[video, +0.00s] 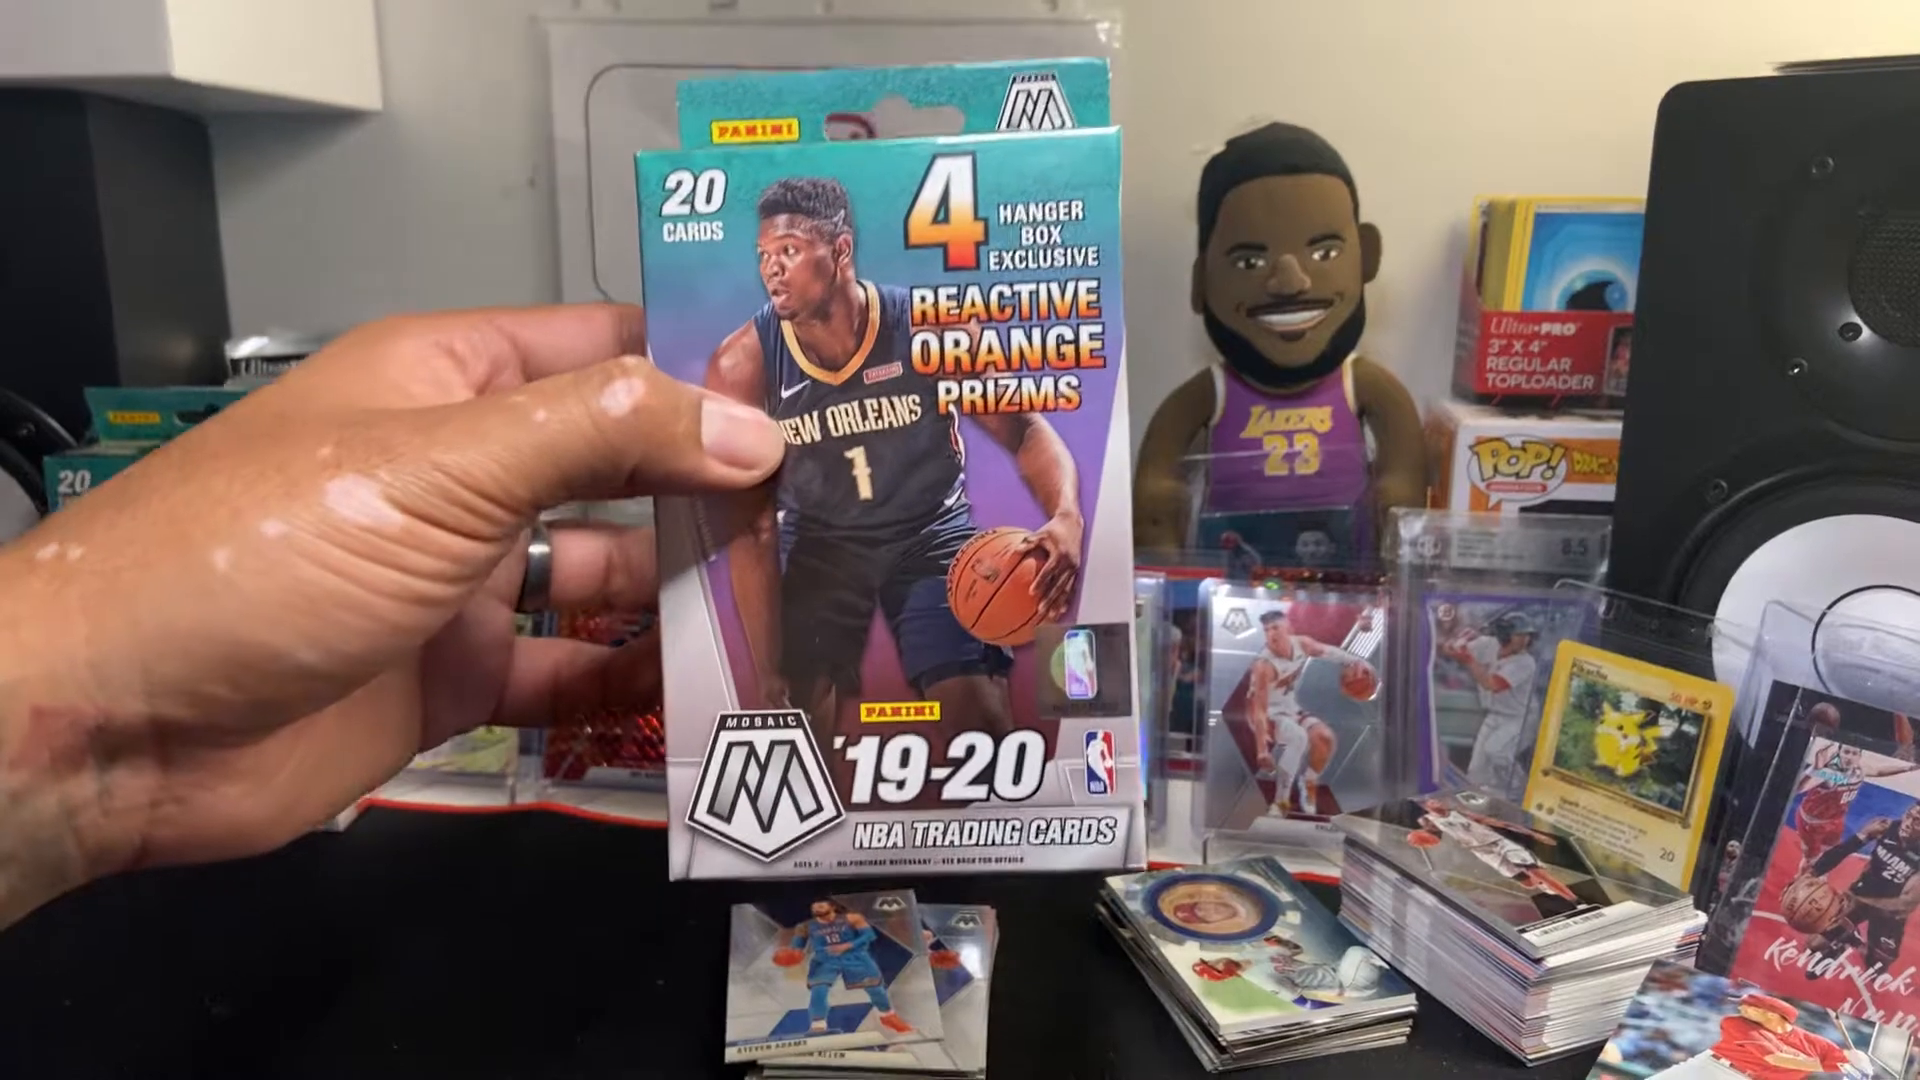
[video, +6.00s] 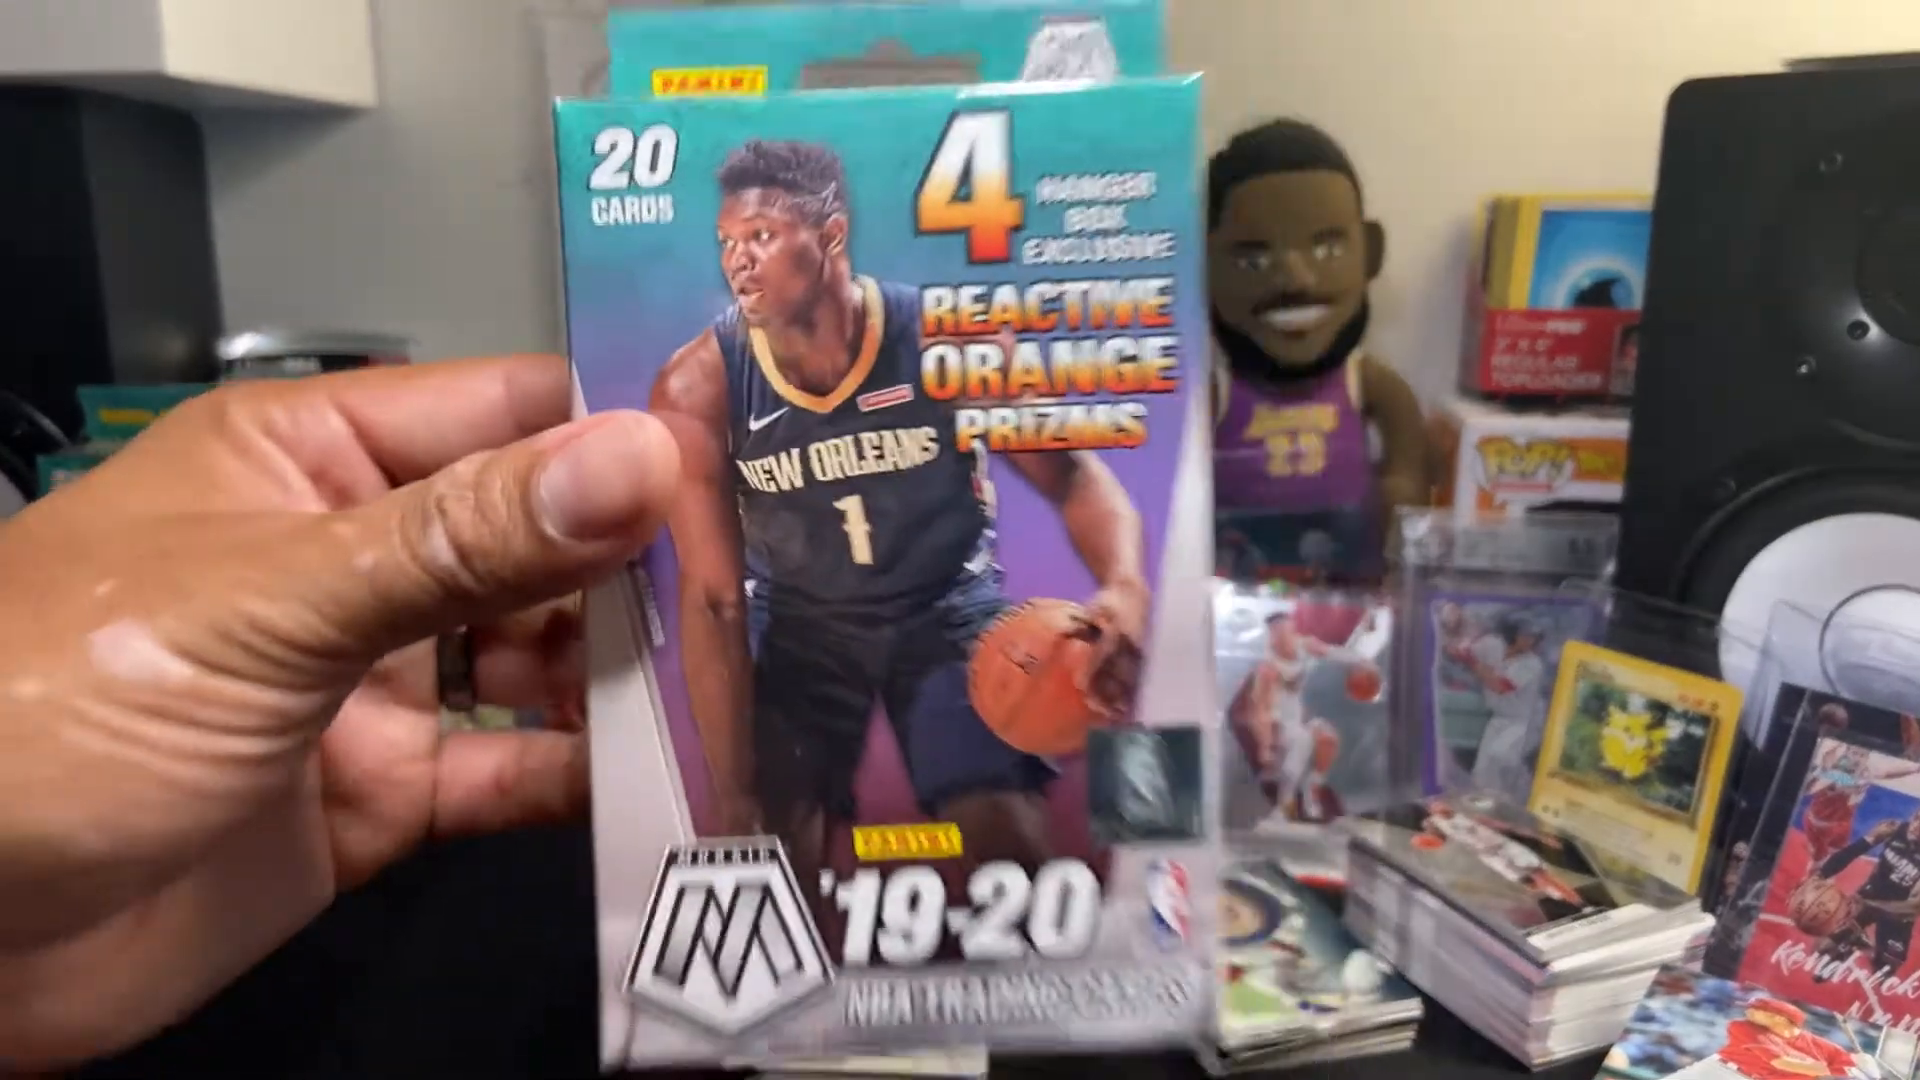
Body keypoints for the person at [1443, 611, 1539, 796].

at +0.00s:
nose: (1526, 640)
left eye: (1527, 636)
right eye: (1521, 635)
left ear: (1529, 638)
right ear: (1507, 636)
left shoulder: (1526, 663)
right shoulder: (1488, 644)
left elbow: (1494, 684)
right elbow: (1451, 650)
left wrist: (1470, 661)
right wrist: (1456, 645)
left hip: (1519, 720)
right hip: (1494, 717)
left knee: (1494, 751)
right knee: (1477, 768)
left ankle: (1521, 791)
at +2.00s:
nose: (1527, 641)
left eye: (1529, 636)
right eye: (1522, 636)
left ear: (1532, 638)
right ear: (1509, 636)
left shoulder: (1528, 662)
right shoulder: (1490, 645)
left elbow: (1496, 684)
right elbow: (1458, 651)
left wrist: (1470, 660)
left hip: (1517, 721)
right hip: (1495, 717)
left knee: (1497, 752)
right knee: (1479, 762)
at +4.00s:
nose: (1527, 641)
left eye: (1530, 637)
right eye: (1523, 635)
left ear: (1533, 639)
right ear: (1510, 635)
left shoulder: (1528, 663)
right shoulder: (1491, 646)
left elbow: (1497, 685)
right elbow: (1457, 651)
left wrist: (1471, 661)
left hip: (1518, 722)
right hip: (1495, 718)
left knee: (1496, 752)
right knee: (1479, 763)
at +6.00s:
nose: (1531, 642)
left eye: (1534, 637)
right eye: (1527, 635)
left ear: (1536, 640)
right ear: (1517, 635)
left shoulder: (1532, 663)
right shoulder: (1495, 648)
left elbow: (1503, 685)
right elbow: (1464, 652)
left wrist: (1476, 665)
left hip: (1524, 722)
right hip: (1500, 719)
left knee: (1500, 753)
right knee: (1483, 763)